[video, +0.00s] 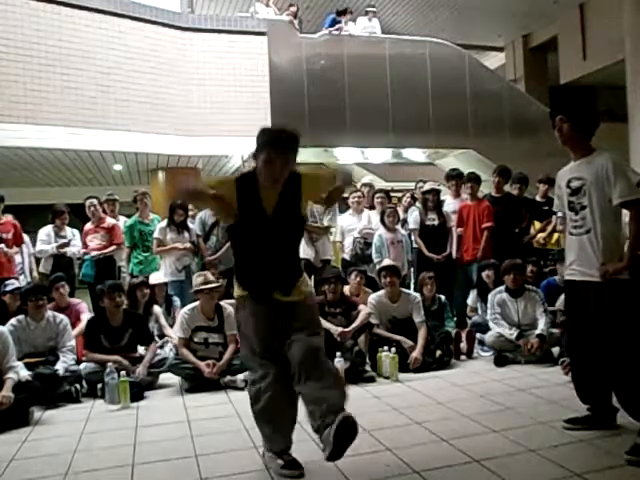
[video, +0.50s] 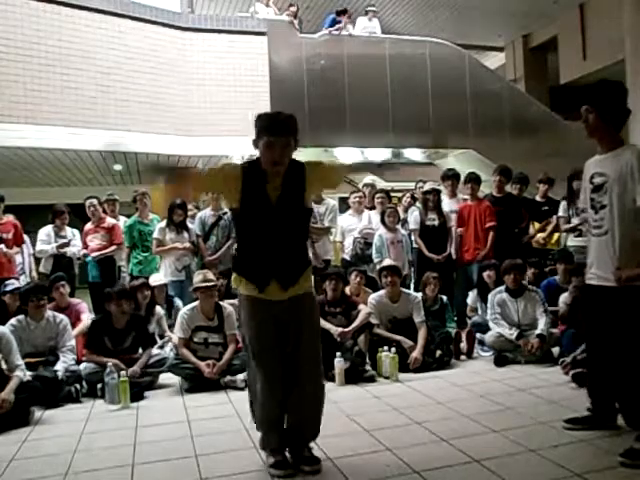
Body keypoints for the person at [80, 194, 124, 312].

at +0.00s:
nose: (92, 209)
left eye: (95, 206)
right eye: (89, 207)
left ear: (100, 207)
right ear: (87, 210)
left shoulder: (112, 224)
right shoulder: (87, 227)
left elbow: (118, 244)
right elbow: (84, 245)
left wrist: (101, 253)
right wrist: (84, 251)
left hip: (107, 259)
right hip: (91, 260)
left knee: (110, 291)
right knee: (94, 293)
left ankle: (112, 318)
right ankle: (98, 319)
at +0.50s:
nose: (92, 209)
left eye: (95, 206)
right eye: (89, 207)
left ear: (100, 207)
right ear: (87, 210)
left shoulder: (112, 224)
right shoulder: (87, 228)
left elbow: (118, 244)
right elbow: (85, 246)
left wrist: (99, 254)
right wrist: (83, 252)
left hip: (108, 260)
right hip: (92, 261)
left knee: (109, 292)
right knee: (95, 294)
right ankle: (99, 320)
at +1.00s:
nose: (87, 211)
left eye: (89, 208)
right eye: (85, 208)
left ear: (99, 207)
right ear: (85, 210)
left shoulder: (113, 224)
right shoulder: (87, 227)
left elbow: (119, 244)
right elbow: (85, 246)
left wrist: (101, 253)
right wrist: (84, 252)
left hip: (108, 260)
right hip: (93, 262)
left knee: (109, 295)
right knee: (96, 296)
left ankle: (112, 324)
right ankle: (101, 326)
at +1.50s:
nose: (92, 213)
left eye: (95, 209)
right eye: (90, 210)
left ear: (103, 209)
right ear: (88, 213)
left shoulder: (116, 226)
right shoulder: (90, 230)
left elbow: (122, 247)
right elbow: (89, 248)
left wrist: (105, 255)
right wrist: (87, 254)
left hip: (111, 262)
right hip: (96, 264)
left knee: (113, 294)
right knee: (99, 296)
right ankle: (104, 325)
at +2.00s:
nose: (93, 212)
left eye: (95, 209)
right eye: (91, 210)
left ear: (104, 209)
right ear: (89, 213)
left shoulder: (116, 226)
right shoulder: (90, 230)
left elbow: (122, 246)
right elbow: (88, 248)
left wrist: (104, 255)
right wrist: (87, 255)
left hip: (111, 261)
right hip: (95, 263)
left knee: (113, 294)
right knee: (99, 296)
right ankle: (104, 324)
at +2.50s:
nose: (96, 211)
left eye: (98, 208)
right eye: (93, 209)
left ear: (104, 209)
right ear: (90, 213)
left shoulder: (116, 226)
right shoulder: (90, 230)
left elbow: (122, 247)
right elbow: (88, 249)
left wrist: (104, 255)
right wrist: (87, 256)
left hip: (110, 262)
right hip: (95, 264)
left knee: (113, 295)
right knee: (100, 298)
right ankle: (104, 325)